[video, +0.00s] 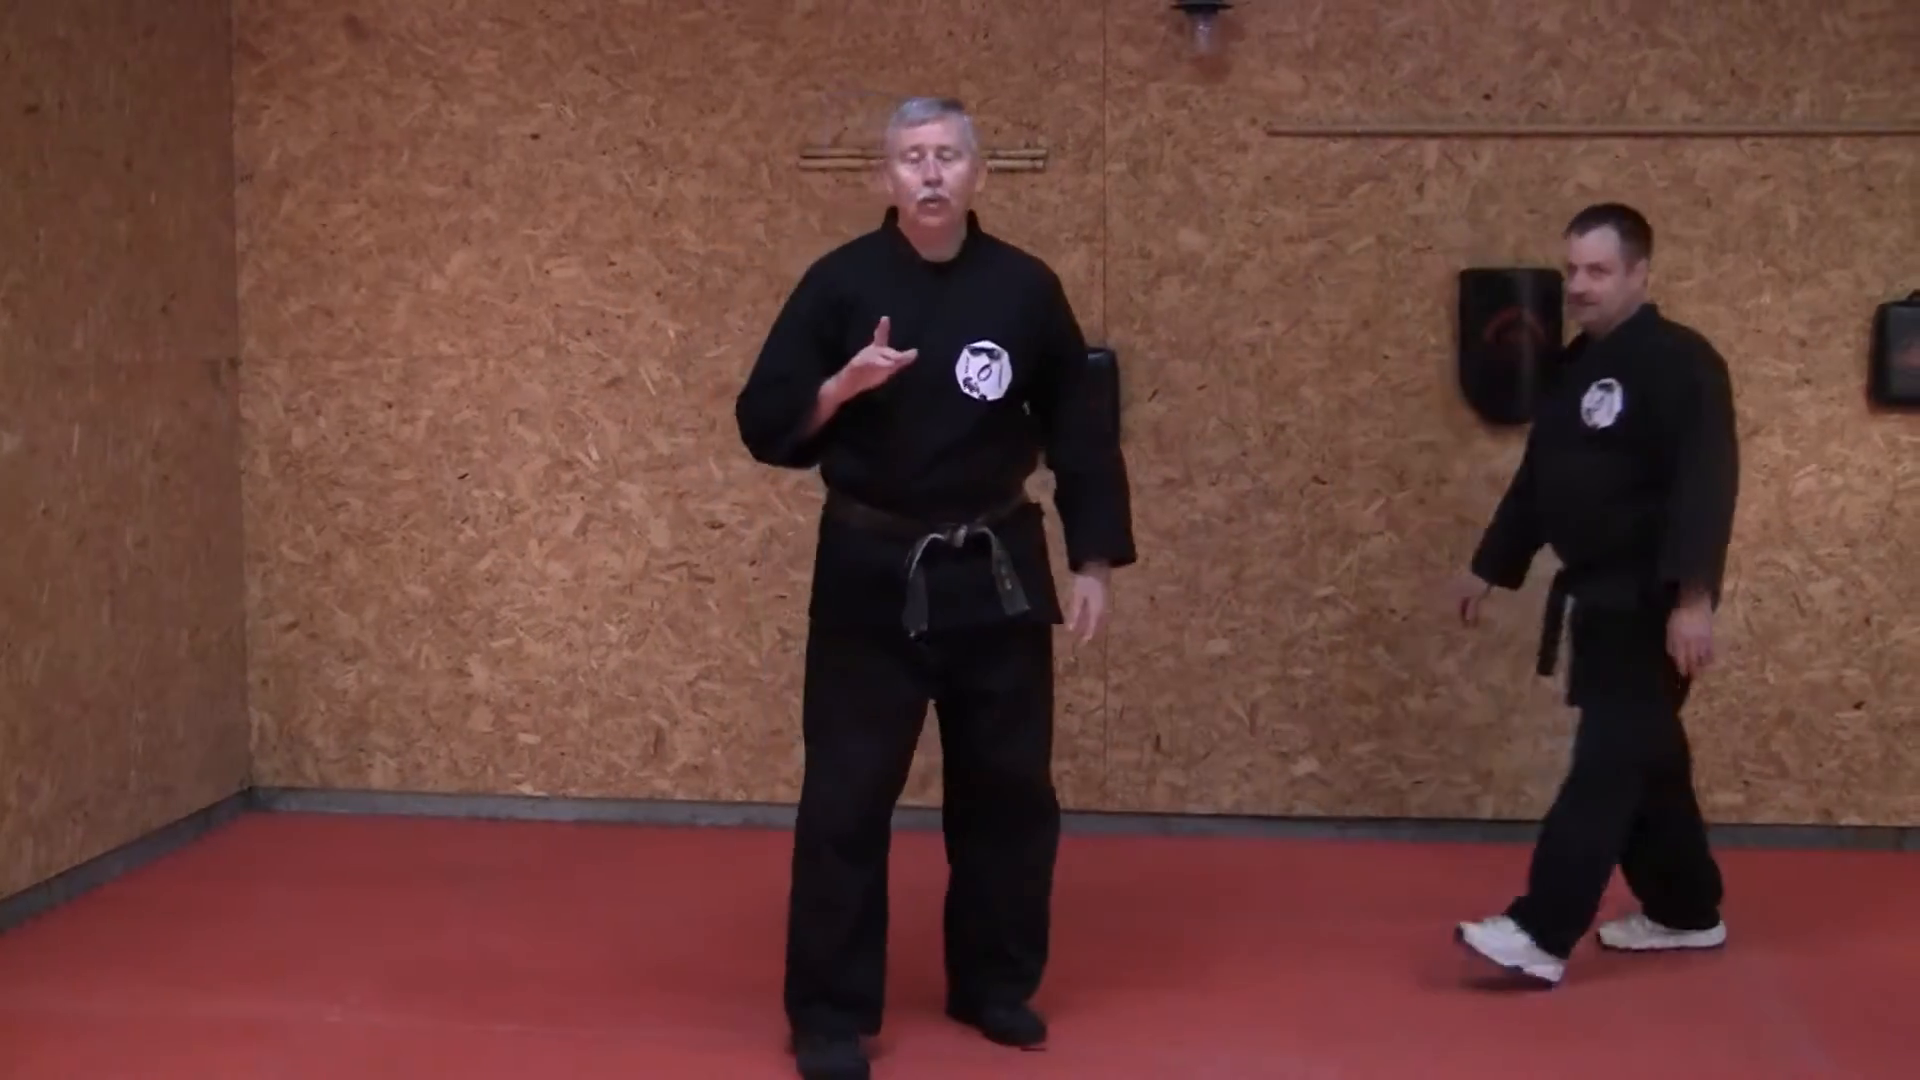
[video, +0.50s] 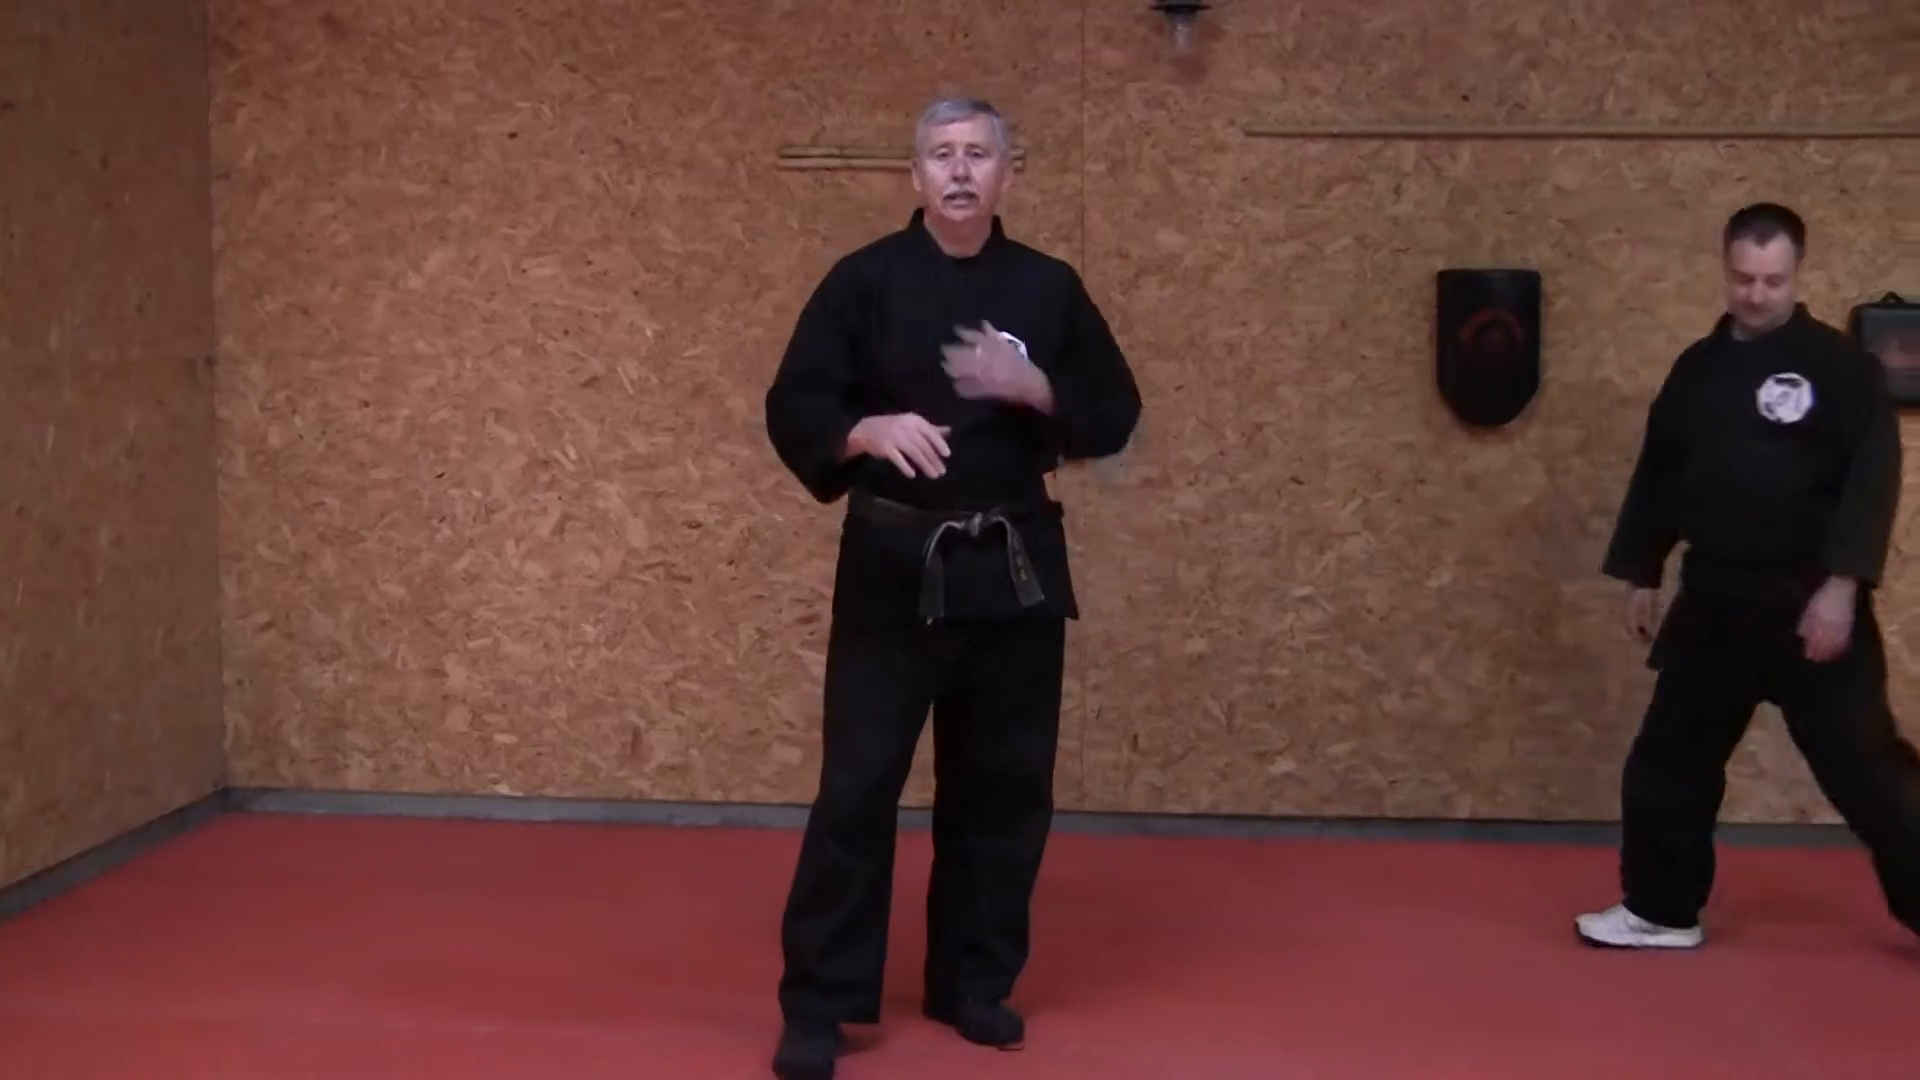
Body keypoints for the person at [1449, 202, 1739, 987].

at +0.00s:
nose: (1579, 285)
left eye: (1596, 271)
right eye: (1571, 271)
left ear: (1640, 275)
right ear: (1567, 275)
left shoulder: (1684, 363)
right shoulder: (1572, 368)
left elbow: (1707, 485)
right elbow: (1541, 476)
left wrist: (1695, 597)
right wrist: (1489, 568)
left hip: (1651, 598)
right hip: (1594, 594)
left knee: (1605, 760)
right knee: (1645, 754)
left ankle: (1543, 931)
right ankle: (1686, 910)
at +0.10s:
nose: (1607, 278)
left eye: (1624, 264)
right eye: (1599, 264)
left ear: (1666, 267)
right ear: (1593, 268)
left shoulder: (1716, 355)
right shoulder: (1601, 358)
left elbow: (1733, 475)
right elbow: (1567, 468)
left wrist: (1698, 577)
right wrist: (1524, 565)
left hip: (1697, 582)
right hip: (1628, 579)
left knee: (1645, 751)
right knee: (1638, 750)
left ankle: (1607, 929)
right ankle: (1687, 909)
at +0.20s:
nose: (1639, 276)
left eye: (1657, 262)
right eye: (1630, 261)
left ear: (1695, 266)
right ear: (1622, 265)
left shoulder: (1745, 353)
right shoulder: (1626, 353)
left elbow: (1763, 472)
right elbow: (1589, 457)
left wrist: (1712, 565)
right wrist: (1557, 560)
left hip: (1722, 583)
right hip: (1644, 578)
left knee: (1700, 750)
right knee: (1635, 745)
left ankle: (1717, 928)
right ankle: (1662, 910)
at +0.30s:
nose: (1673, 279)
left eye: (1690, 265)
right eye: (1664, 265)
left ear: (1725, 268)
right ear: (1651, 267)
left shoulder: (1777, 358)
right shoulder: (1648, 359)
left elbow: (1792, 478)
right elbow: (1612, 464)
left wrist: (1738, 567)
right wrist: (1588, 565)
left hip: (1750, 588)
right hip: (1664, 583)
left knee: (1757, 758)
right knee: (1651, 755)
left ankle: (1817, 919)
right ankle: (1674, 912)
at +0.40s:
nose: (1713, 284)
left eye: (1730, 271)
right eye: (1702, 269)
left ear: (1760, 271)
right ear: (1686, 266)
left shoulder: (1808, 361)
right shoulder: (1670, 365)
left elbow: (1829, 477)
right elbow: (1636, 468)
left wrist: (1785, 575)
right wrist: (1618, 570)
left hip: (1779, 595)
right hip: (1687, 593)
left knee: (1819, 759)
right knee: (1659, 754)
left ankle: (1897, 918)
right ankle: (1669, 911)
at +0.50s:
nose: (1752, 294)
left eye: (1769, 281)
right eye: (1740, 278)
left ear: (1797, 280)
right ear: (1724, 276)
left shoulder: (1842, 369)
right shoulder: (1698, 367)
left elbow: (1873, 482)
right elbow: (1660, 472)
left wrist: (1843, 583)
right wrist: (1644, 573)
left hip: (1815, 604)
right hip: (1717, 597)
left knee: (1867, 773)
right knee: (1669, 760)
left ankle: (1917, 907)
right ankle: (1664, 911)